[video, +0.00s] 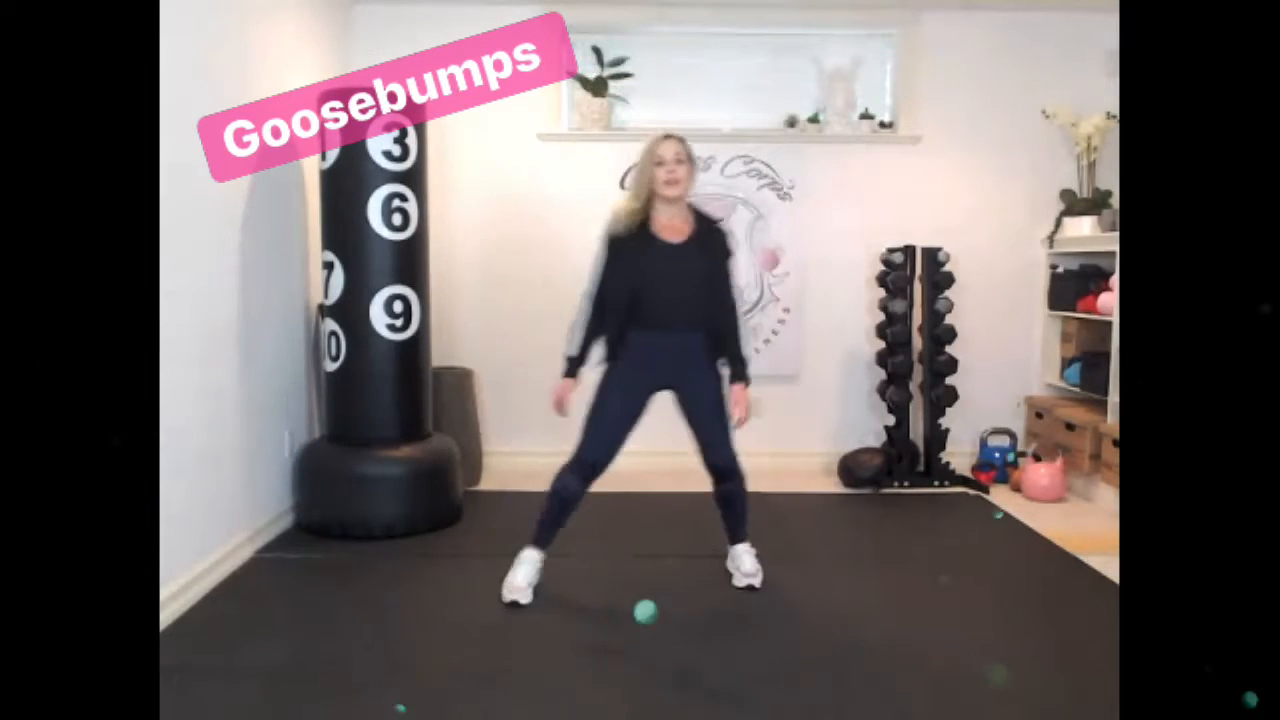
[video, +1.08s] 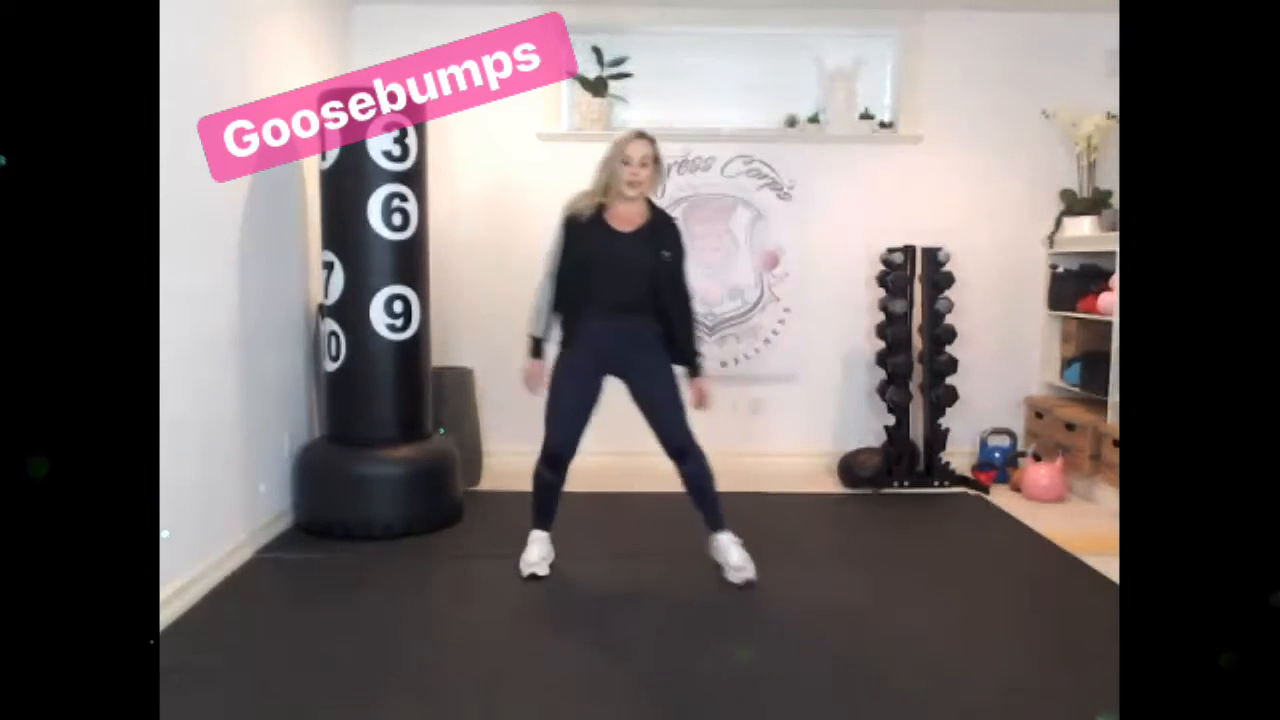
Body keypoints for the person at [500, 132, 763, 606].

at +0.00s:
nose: (671, 172)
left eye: (679, 164)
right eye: (661, 164)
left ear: (692, 172)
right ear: (647, 174)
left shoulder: (710, 236)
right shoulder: (626, 233)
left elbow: (725, 308)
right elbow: (601, 305)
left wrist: (738, 376)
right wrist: (571, 373)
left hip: (694, 361)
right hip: (634, 360)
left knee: (722, 461)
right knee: (588, 462)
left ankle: (740, 548)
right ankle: (533, 555)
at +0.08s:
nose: (687, 162)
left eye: (696, 154)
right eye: (678, 155)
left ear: (710, 162)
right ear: (665, 165)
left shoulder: (732, 222)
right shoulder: (645, 221)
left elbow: (746, 293)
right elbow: (621, 294)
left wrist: (750, 358)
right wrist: (597, 364)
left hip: (717, 352)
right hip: (657, 350)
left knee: (737, 456)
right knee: (615, 449)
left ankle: (742, 546)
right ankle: (575, 539)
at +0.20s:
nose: (698, 153)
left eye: (708, 145)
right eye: (689, 146)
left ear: (722, 152)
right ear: (678, 154)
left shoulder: (744, 208)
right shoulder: (657, 211)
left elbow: (762, 282)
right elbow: (638, 280)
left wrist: (759, 349)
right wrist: (626, 346)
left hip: (731, 342)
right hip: (673, 341)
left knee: (740, 448)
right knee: (658, 441)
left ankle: (743, 543)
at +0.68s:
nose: (690, 153)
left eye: (699, 144)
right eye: (682, 146)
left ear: (716, 151)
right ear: (672, 156)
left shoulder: (740, 206)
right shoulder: (655, 211)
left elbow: (763, 277)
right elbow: (646, 280)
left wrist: (768, 344)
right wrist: (639, 340)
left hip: (724, 339)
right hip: (666, 337)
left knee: (733, 446)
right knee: (632, 431)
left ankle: (742, 543)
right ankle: (628, 520)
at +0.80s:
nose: (675, 166)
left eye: (684, 157)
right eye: (666, 159)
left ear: (700, 165)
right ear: (655, 169)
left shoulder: (722, 225)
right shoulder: (636, 227)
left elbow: (748, 293)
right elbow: (628, 296)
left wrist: (757, 360)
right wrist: (621, 357)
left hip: (707, 352)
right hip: (647, 351)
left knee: (730, 454)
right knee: (604, 446)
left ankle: (743, 546)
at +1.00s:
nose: (641, 172)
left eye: (651, 165)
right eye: (632, 164)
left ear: (661, 173)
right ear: (618, 170)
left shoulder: (671, 232)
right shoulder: (587, 225)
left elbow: (686, 303)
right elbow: (563, 292)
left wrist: (706, 373)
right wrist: (547, 357)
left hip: (653, 352)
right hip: (592, 350)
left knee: (689, 449)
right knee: (559, 451)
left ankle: (732, 541)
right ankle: (540, 537)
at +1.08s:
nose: (635, 171)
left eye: (645, 164)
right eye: (627, 162)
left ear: (655, 171)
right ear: (612, 167)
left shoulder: (664, 228)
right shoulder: (580, 220)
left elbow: (677, 299)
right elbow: (556, 286)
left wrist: (694, 370)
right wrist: (537, 347)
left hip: (643, 348)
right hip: (584, 346)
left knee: (681, 446)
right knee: (557, 448)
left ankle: (721, 536)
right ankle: (539, 537)